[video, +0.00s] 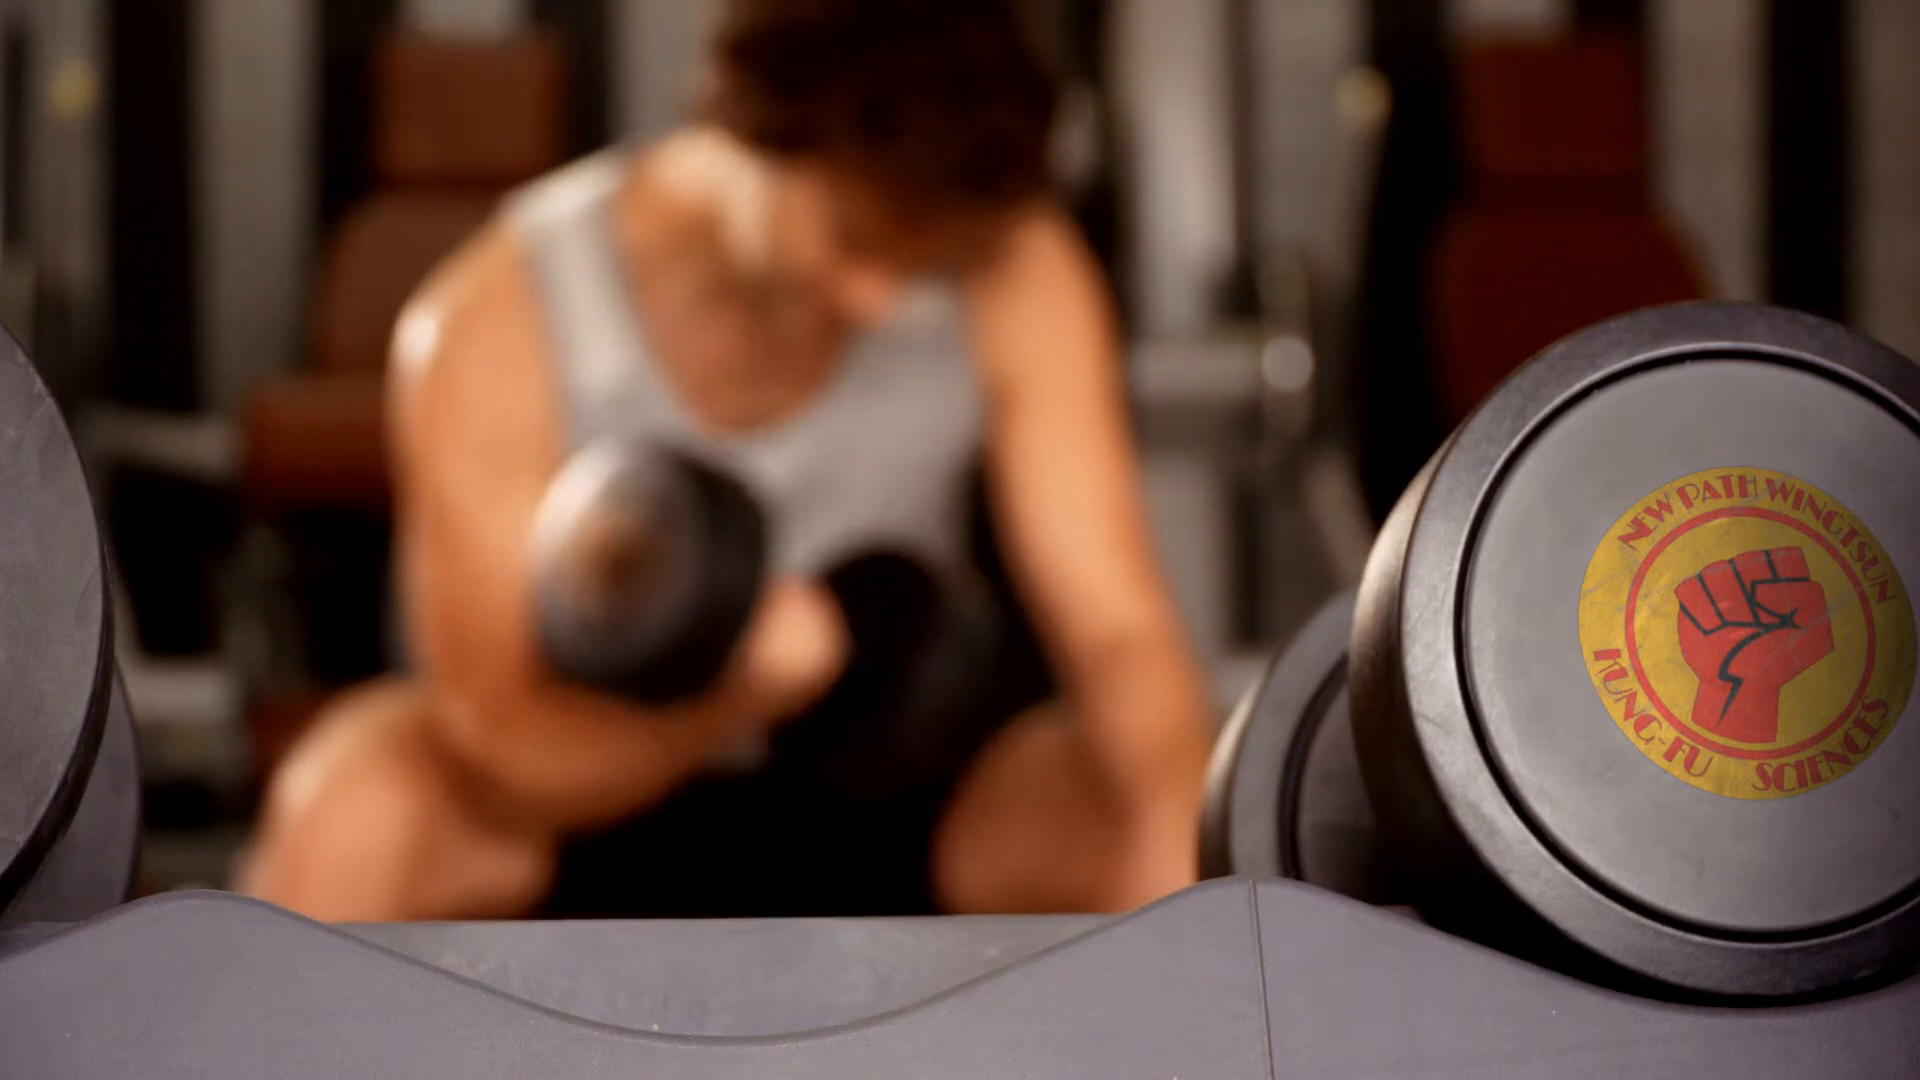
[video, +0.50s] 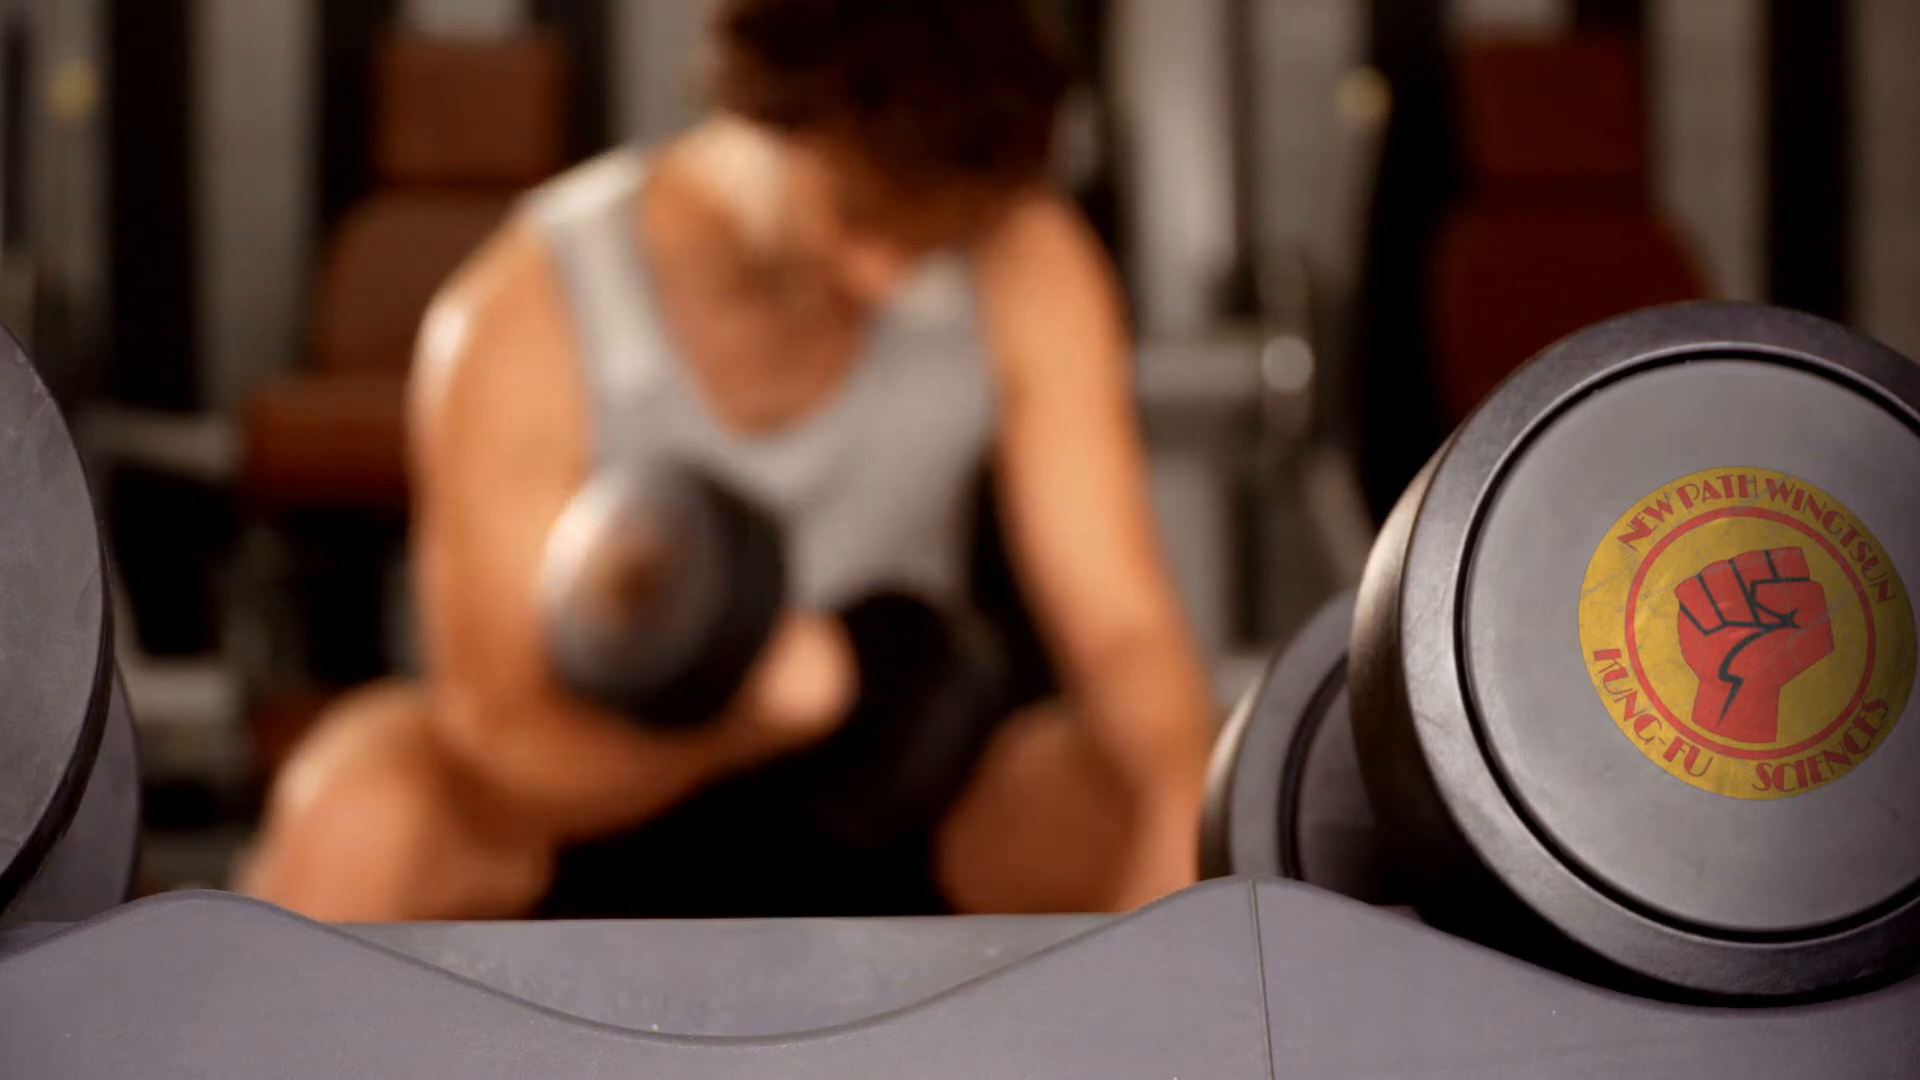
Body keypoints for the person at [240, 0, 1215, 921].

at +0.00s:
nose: (880, 303)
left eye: (922, 264)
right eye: (856, 247)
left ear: (978, 210)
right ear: (764, 147)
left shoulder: (1009, 260)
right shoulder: (492, 318)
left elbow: (1119, 634)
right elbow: (510, 748)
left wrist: (1182, 873)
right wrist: (733, 696)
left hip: (898, 782)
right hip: (599, 790)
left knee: (1170, 810)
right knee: (351, 800)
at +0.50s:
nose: (885, 277)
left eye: (930, 239)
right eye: (858, 223)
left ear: (985, 185)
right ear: (769, 128)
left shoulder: (1018, 257)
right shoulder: (517, 316)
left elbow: (1125, 635)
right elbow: (511, 748)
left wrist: (1181, 840)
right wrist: (750, 717)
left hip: (887, 783)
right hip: (596, 797)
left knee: (1182, 801)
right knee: (357, 798)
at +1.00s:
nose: (922, 297)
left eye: (976, 253)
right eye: (896, 234)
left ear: (1032, 206)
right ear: (804, 134)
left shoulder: (1055, 266)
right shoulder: (595, 334)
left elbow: (1136, 641)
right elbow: (523, 809)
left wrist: (1214, 832)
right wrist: (607, 1060)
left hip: (903, 782)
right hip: (628, 797)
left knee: (1195, 816)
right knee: (365, 798)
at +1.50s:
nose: (918, 311)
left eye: (967, 265)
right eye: (888, 248)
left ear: (1021, 221)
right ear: (793, 153)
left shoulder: (1044, 267)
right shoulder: (590, 366)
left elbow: (1135, 647)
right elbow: (521, 832)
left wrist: (1202, 857)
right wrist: (532, 1078)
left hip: (902, 785)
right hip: (623, 801)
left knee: (1194, 811)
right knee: (356, 797)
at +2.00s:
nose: (920, 264)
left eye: (970, 218)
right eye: (888, 201)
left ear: (1015, 172)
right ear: (792, 114)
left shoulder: (1044, 252)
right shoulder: (595, 328)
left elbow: (1130, 643)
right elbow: (504, 780)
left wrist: (1178, 874)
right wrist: (663, 1034)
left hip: (900, 784)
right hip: (628, 797)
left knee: (1184, 809)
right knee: (354, 790)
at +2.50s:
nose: (899, 229)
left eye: (944, 180)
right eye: (864, 166)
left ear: (998, 140)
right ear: (764, 78)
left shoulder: (1019, 254)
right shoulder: (520, 311)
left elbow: (1125, 627)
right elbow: (528, 753)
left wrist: (1187, 833)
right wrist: (824, 725)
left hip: (888, 803)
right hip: (607, 811)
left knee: (1189, 794)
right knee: (374, 787)